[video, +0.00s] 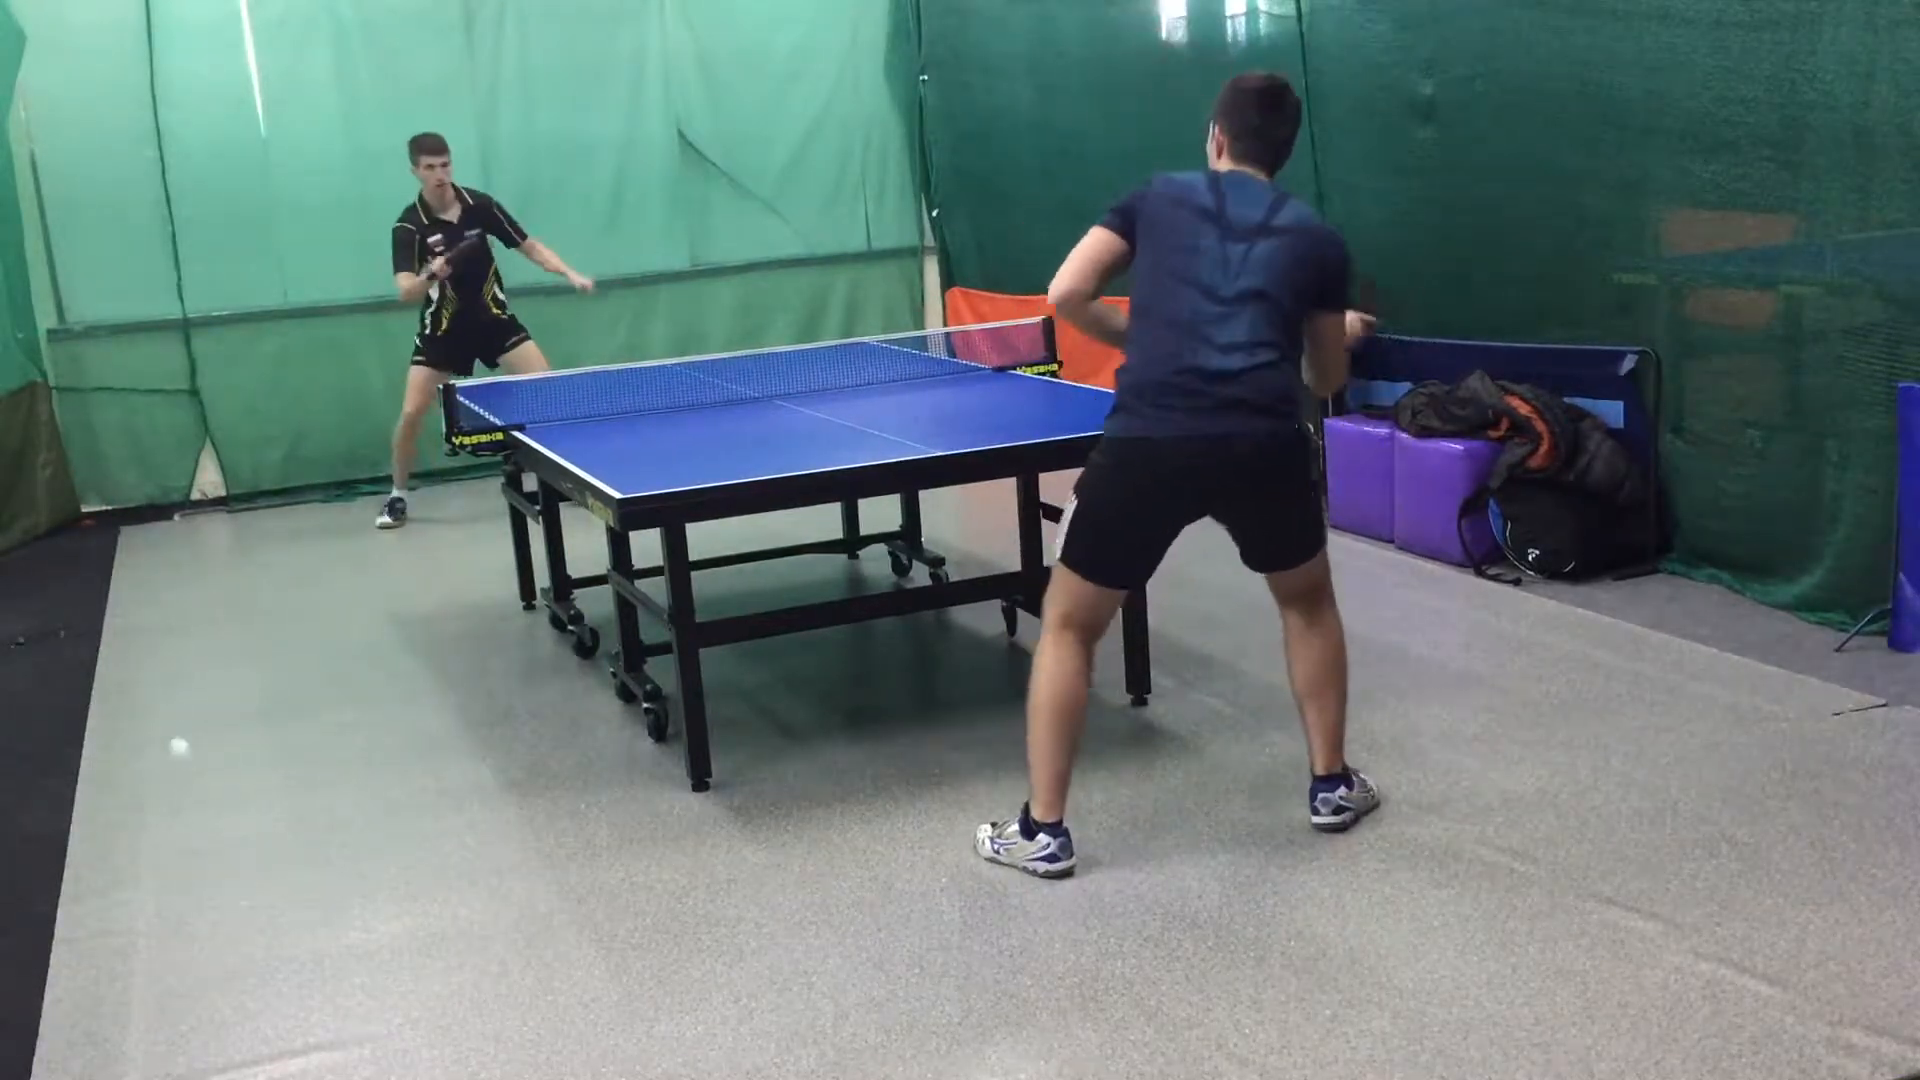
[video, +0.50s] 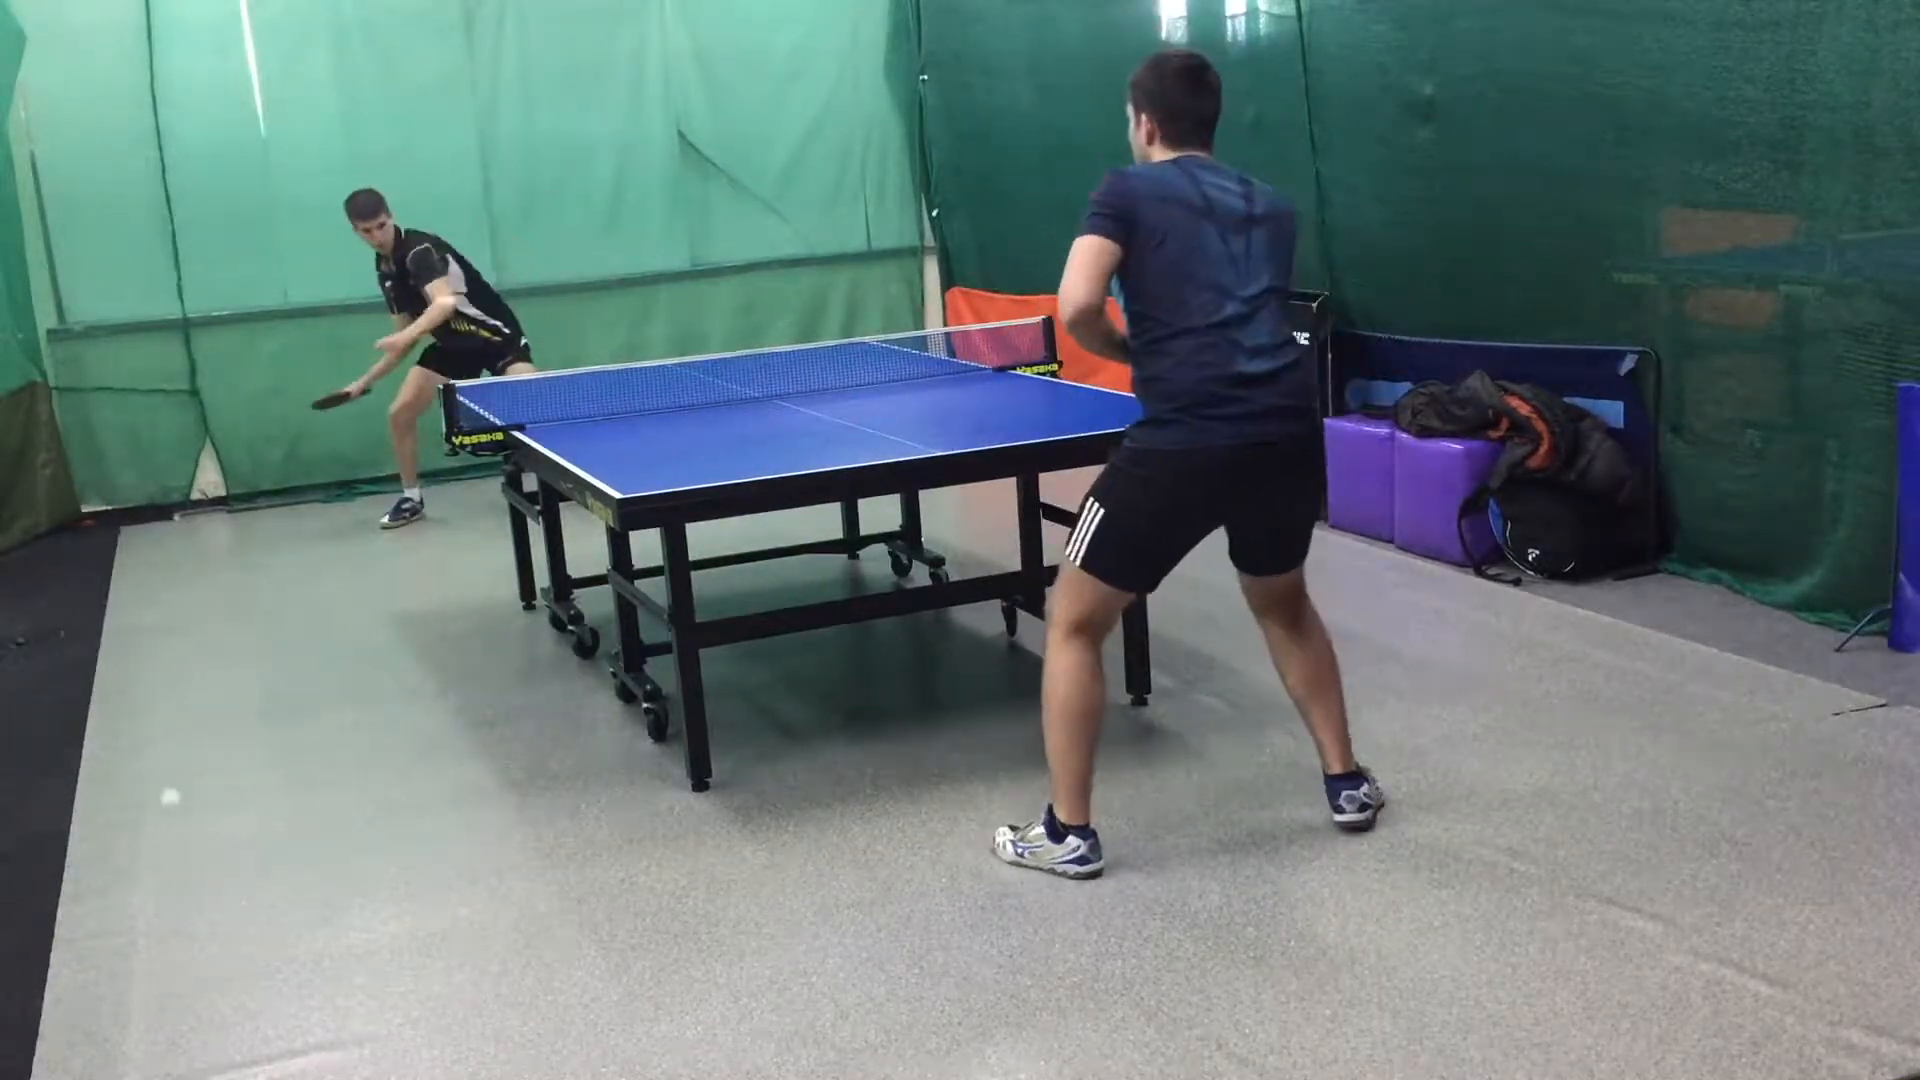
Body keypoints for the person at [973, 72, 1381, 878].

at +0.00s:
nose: (1209, 144)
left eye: (1210, 134)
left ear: (1214, 141)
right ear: (1286, 152)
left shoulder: (1157, 198)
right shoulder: (1314, 238)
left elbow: (1066, 296)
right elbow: (1327, 377)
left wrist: (1140, 334)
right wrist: (1338, 336)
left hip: (1147, 445)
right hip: (1265, 450)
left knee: (1071, 627)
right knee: (1307, 605)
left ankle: (1044, 828)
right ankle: (1330, 783)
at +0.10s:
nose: (1205, 119)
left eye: (1206, 108)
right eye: (1213, 109)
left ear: (1213, 115)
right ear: (1283, 125)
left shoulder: (1168, 175)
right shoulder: (1318, 215)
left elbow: (1083, 275)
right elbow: (1320, 353)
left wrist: (1148, 322)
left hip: (1173, 432)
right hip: (1284, 436)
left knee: (1092, 618)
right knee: (1309, 603)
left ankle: (1049, 824)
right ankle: (1330, 782)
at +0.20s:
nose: (1192, 106)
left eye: (1193, 95)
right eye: (1200, 95)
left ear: (1202, 103)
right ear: (1273, 111)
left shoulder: (1164, 168)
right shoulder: (1312, 198)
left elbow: (1095, 274)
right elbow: (1318, 315)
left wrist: (1152, 317)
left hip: (1184, 432)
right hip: (1294, 432)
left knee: (1102, 617)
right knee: (1310, 601)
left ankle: (1063, 823)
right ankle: (1331, 784)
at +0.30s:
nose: (1165, 113)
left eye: (1167, 101)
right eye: (1171, 101)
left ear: (1180, 108)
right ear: (1248, 113)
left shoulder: (1155, 174)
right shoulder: (1296, 193)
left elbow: (1098, 288)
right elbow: (1294, 294)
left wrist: (1147, 325)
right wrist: (1221, 313)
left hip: (1190, 442)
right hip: (1298, 436)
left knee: (1102, 626)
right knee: (1307, 606)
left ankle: (1072, 829)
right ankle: (1331, 783)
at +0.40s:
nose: (1144, 127)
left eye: (1144, 116)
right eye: (1148, 115)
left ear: (1157, 120)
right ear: (1225, 121)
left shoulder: (1139, 187)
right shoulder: (1277, 200)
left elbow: (1091, 302)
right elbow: (1270, 301)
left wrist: (1146, 344)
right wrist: (1182, 326)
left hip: (1190, 446)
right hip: (1293, 440)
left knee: (1088, 624)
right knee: (1298, 605)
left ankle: (1070, 829)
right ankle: (1340, 780)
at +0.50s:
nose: (1129, 131)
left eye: (1130, 121)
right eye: (1132, 120)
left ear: (1143, 124)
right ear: (1214, 124)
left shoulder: (1129, 190)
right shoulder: (1272, 205)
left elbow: (1079, 304)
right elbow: (1262, 309)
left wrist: (1130, 348)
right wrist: (1170, 328)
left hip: (1181, 448)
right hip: (1284, 442)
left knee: (1075, 623)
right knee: (1285, 602)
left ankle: (1070, 829)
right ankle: (1346, 779)